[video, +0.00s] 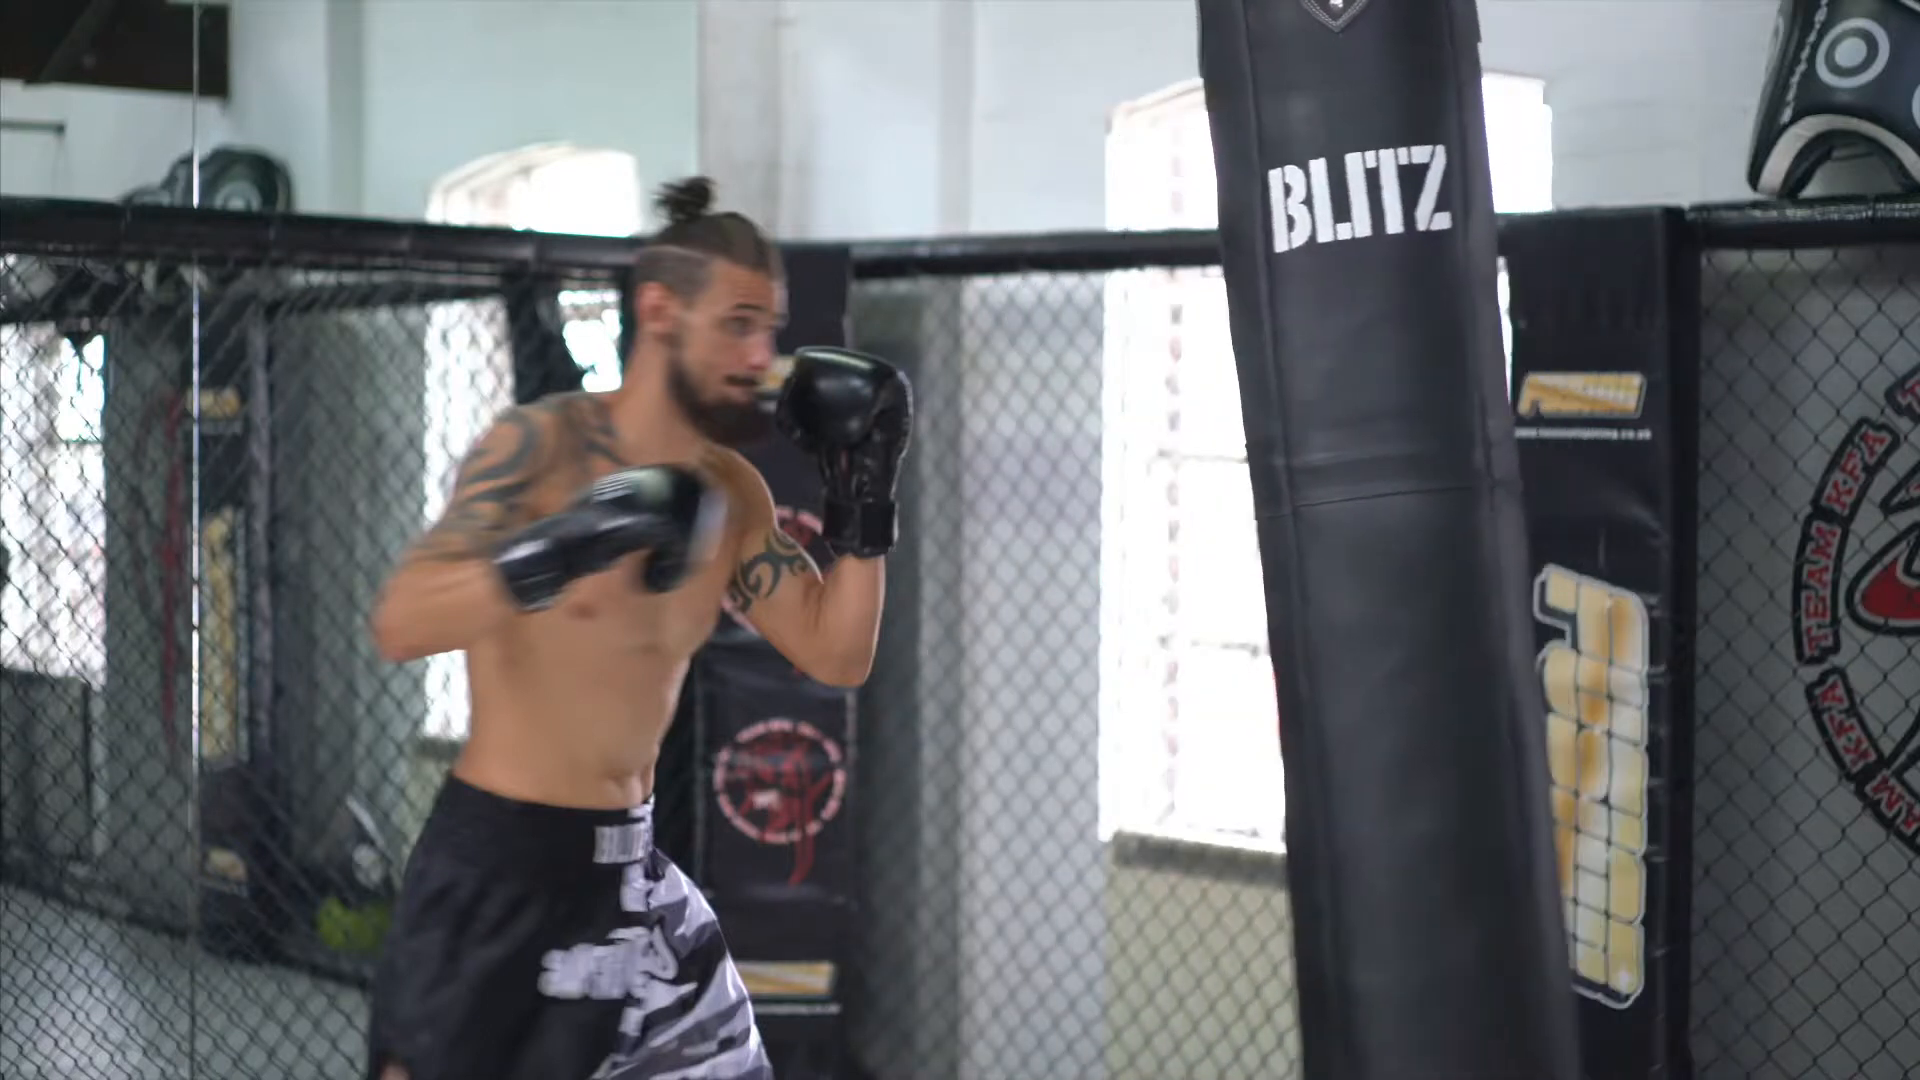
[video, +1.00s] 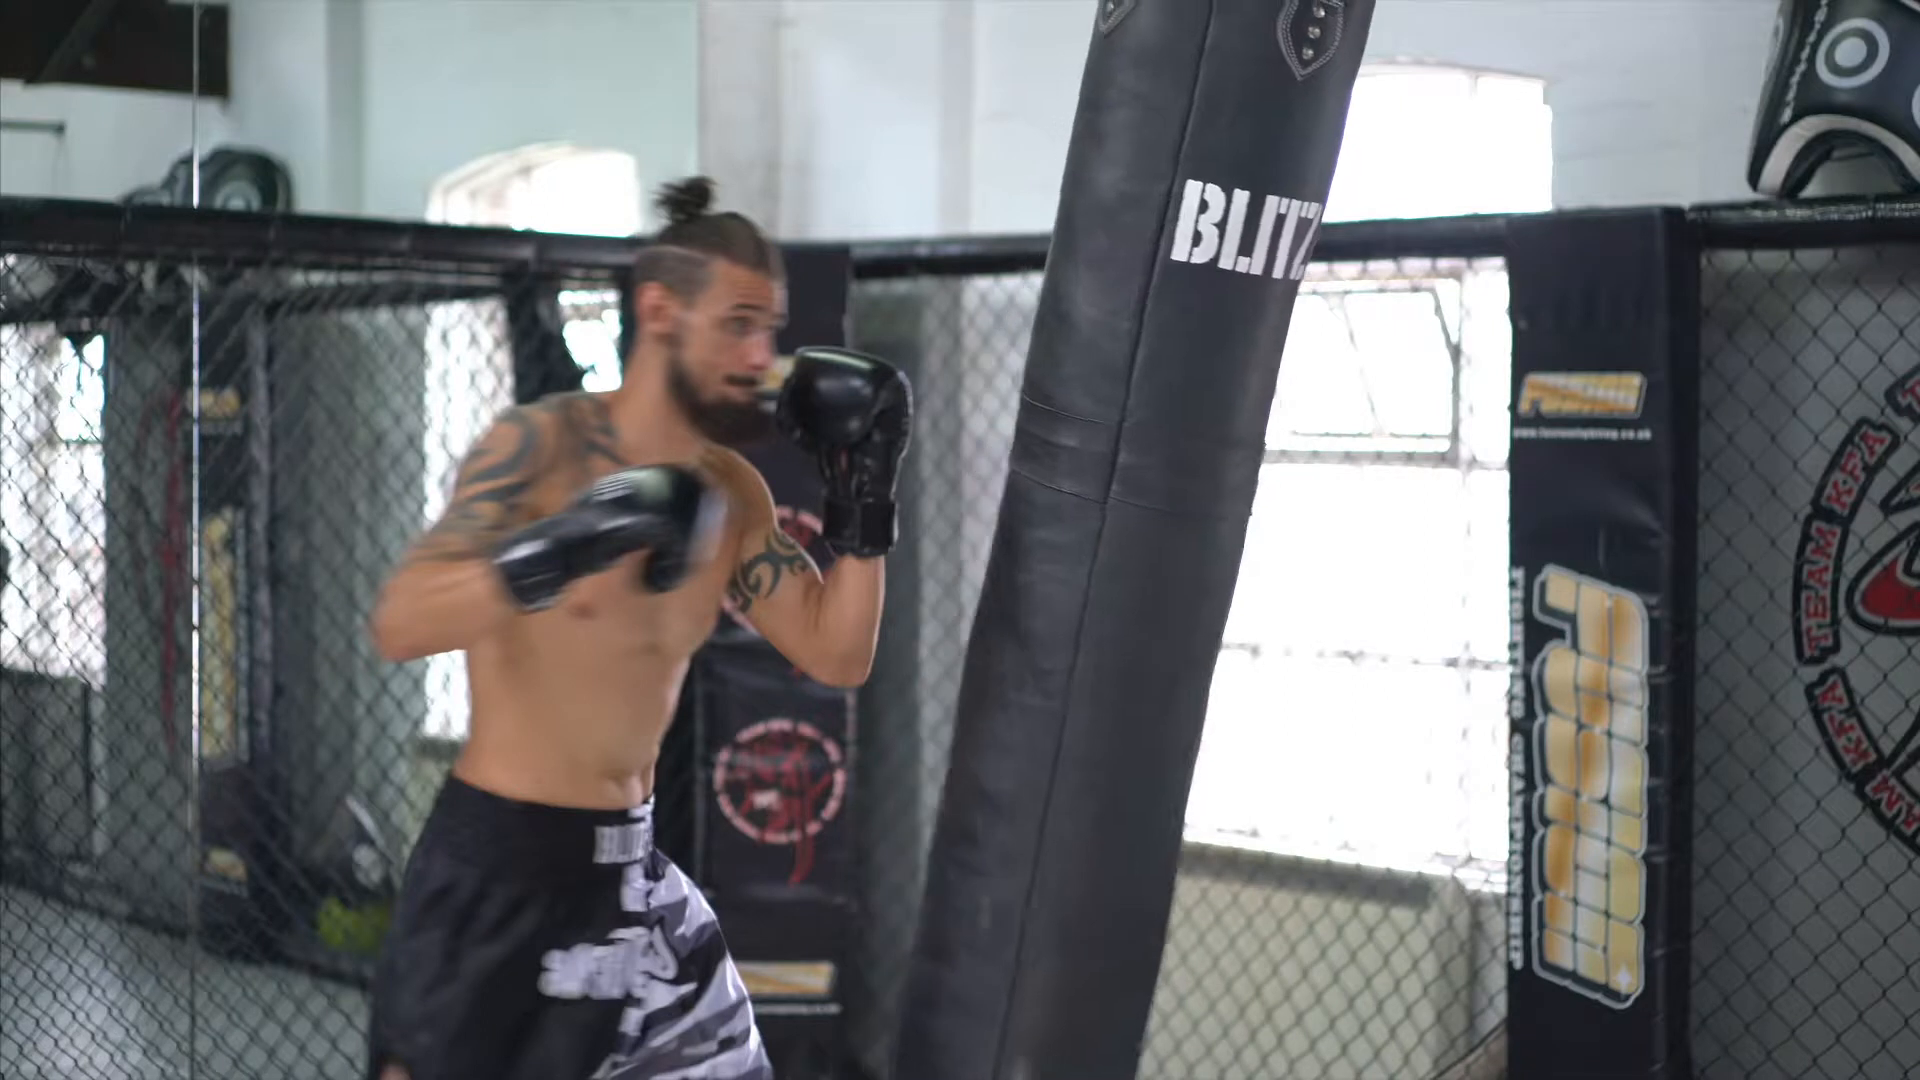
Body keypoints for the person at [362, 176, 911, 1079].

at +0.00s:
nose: (762, 358)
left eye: (772, 331)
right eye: (739, 325)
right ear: (656, 310)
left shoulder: (733, 493)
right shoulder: (538, 440)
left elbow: (839, 655)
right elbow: (401, 623)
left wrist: (864, 483)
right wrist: (569, 547)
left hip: (636, 868)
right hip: (499, 866)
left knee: (732, 1066)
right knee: (442, 1065)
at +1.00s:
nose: (763, 357)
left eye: (773, 331)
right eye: (740, 325)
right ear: (656, 309)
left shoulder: (733, 492)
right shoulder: (538, 440)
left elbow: (839, 655)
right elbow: (400, 623)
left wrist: (866, 481)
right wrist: (568, 546)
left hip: (636, 867)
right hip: (500, 865)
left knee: (731, 1066)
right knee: (443, 1064)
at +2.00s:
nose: (763, 357)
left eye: (772, 331)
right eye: (740, 325)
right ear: (656, 309)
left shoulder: (733, 492)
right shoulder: (538, 440)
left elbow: (839, 655)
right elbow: (400, 623)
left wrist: (865, 481)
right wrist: (567, 547)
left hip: (636, 867)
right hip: (500, 866)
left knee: (732, 1066)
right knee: (442, 1065)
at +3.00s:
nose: (762, 357)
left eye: (772, 331)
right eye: (739, 325)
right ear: (656, 310)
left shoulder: (733, 492)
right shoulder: (538, 441)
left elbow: (839, 656)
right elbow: (400, 624)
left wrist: (866, 479)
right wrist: (568, 547)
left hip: (635, 867)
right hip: (500, 865)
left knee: (732, 1066)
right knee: (437, 1065)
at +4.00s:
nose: (762, 357)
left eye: (772, 331)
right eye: (739, 325)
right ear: (656, 310)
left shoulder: (733, 493)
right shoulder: (537, 441)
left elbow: (839, 655)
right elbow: (400, 623)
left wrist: (864, 481)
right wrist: (568, 547)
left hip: (636, 868)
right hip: (500, 867)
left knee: (732, 1066)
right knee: (439, 1065)